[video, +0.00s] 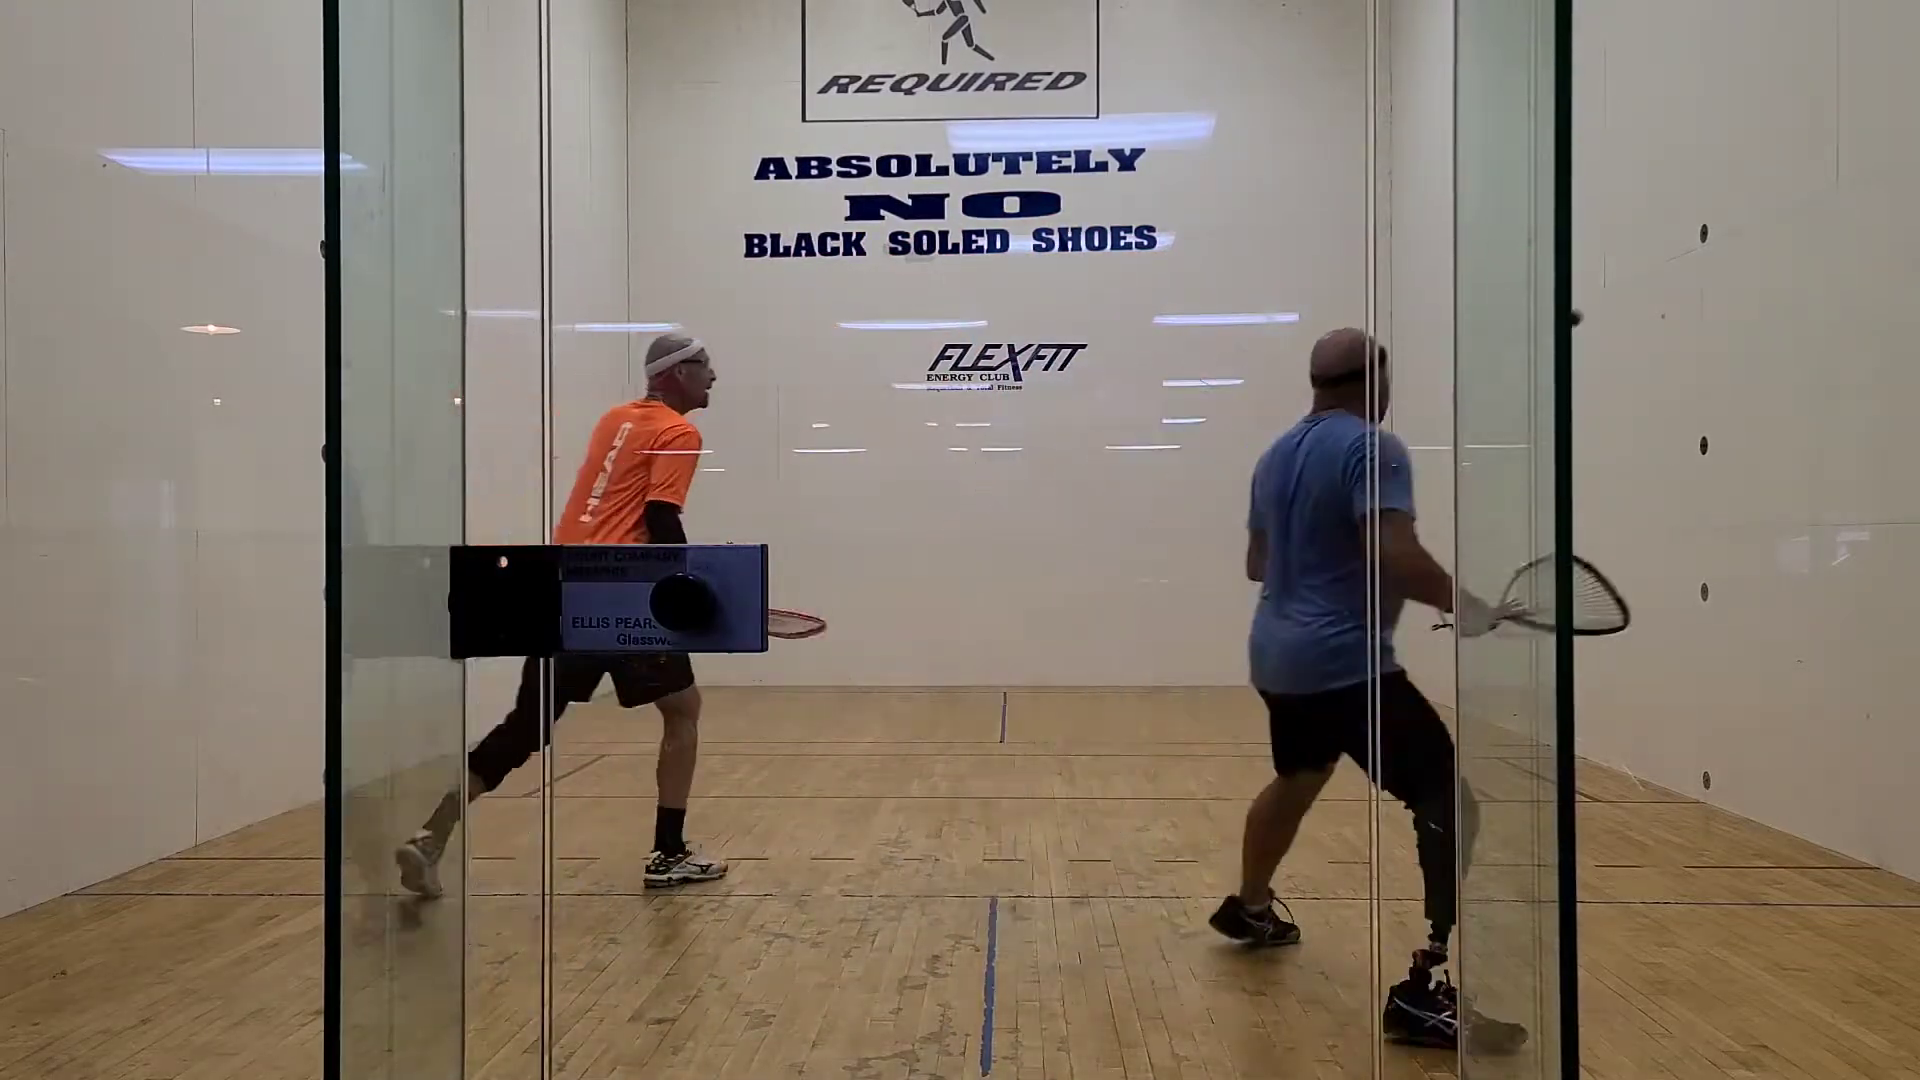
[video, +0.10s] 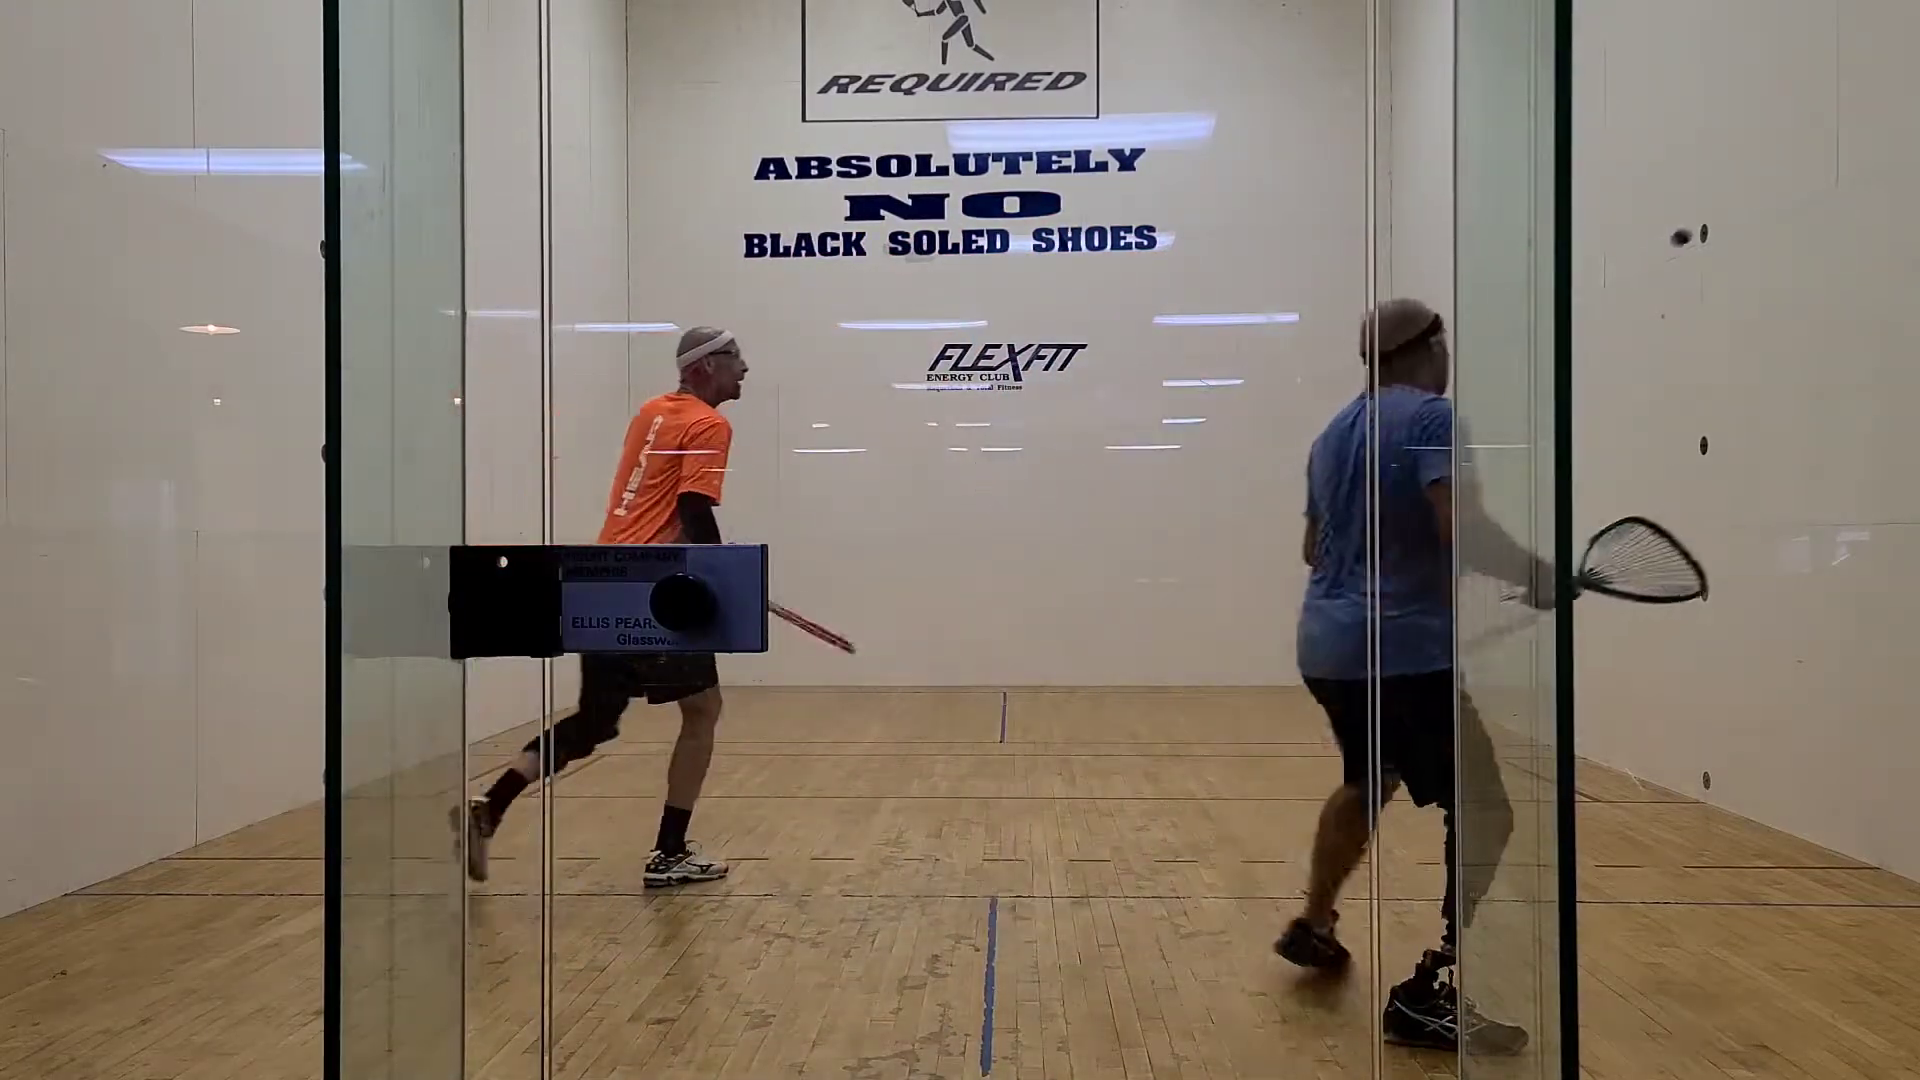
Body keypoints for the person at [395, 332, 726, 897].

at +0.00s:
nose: (713, 377)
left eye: (709, 367)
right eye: (705, 368)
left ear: (661, 378)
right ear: (674, 376)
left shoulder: (614, 418)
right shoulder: (679, 431)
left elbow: (593, 510)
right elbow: (661, 521)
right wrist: (696, 596)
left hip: (567, 591)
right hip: (624, 597)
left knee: (526, 723)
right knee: (683, 710)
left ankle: (429, 839)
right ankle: (669, 853)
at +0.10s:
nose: (744, 372)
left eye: (742, 363)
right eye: (737, 363)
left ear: (693, 370)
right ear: (706, 368)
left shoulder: (649, 412)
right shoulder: (708, 422)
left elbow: (631, 501)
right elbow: (694, 510)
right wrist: (726, 586)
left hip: (601, 589)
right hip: (656, 592)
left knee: (595, 721)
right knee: (703, 707)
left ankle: (487, 809)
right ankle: (670, 853)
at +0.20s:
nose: (768, 353)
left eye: (764, 344)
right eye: (758, 344)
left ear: (718, 357)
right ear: (726, 354)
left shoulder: (679, 403)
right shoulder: (734, 411)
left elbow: (663, 489)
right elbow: (719, 495)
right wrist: (756, 563)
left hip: (640, 570)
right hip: (685, 576)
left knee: (666, 702)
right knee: (713, 705)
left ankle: (565, 801)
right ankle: (671, 851)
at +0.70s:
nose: (893, 366)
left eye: (891, 358)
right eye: (883, 357)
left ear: (849, 366)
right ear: (849, 363)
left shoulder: (820, 421)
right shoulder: (856, 418)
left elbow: (785, 508)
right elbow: (846, 499)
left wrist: (773, 586)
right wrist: (890, 558)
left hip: (813, 584)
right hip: (833, 585)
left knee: (874, 698)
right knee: (846, 714)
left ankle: (857, 825)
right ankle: (731, 811)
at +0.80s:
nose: (915, 360)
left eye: (914, 351)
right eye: (903, 351)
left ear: (873, 364)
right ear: (871, 360)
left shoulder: (853, 412)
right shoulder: (881, 411)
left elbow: (823, 499)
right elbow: (871, 488)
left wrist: (852, 559)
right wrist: (916, 548)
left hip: (837, 579)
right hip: (861, 579)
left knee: (880, 698)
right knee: (911, 701)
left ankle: (858, 826)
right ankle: (799, 802)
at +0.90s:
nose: (935, 353)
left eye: (935, 345)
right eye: (924, 345)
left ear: (894, 357)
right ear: (891, 352)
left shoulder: (874, 409)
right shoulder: (904, 403)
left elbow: (856, 493)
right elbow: (898, 479)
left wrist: (907, 541)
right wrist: (943, 540)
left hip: (857, 574)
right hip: (891, 571)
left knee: (890, 695)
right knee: (954, 689)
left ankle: (856, 823)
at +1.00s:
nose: (957, 353)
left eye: (957, 344)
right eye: (945, 344)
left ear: (916, 357)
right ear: (914, 353)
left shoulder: (896, 408)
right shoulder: (934, 403)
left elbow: (884, 492)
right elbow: (932, 478)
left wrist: (937, 542)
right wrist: (974, 536)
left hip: (880, 574)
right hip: (918, 572)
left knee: (899, 696)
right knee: (982, 690)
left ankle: (857, 824)